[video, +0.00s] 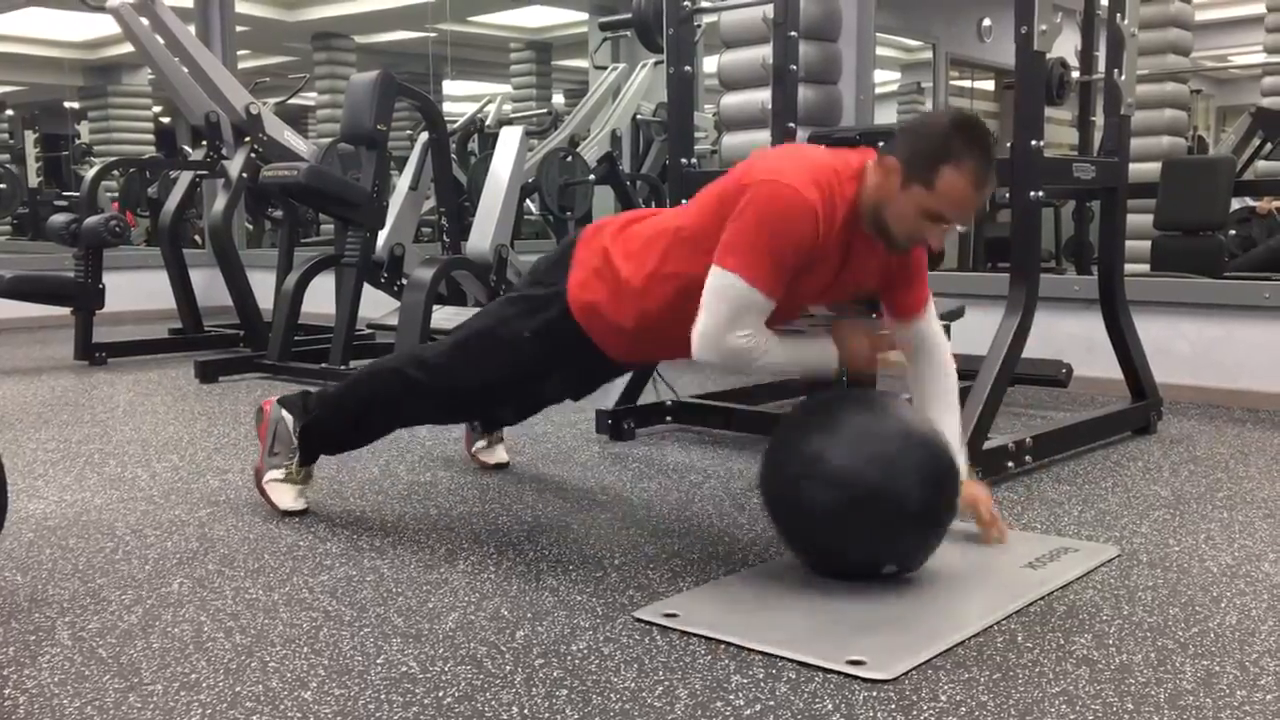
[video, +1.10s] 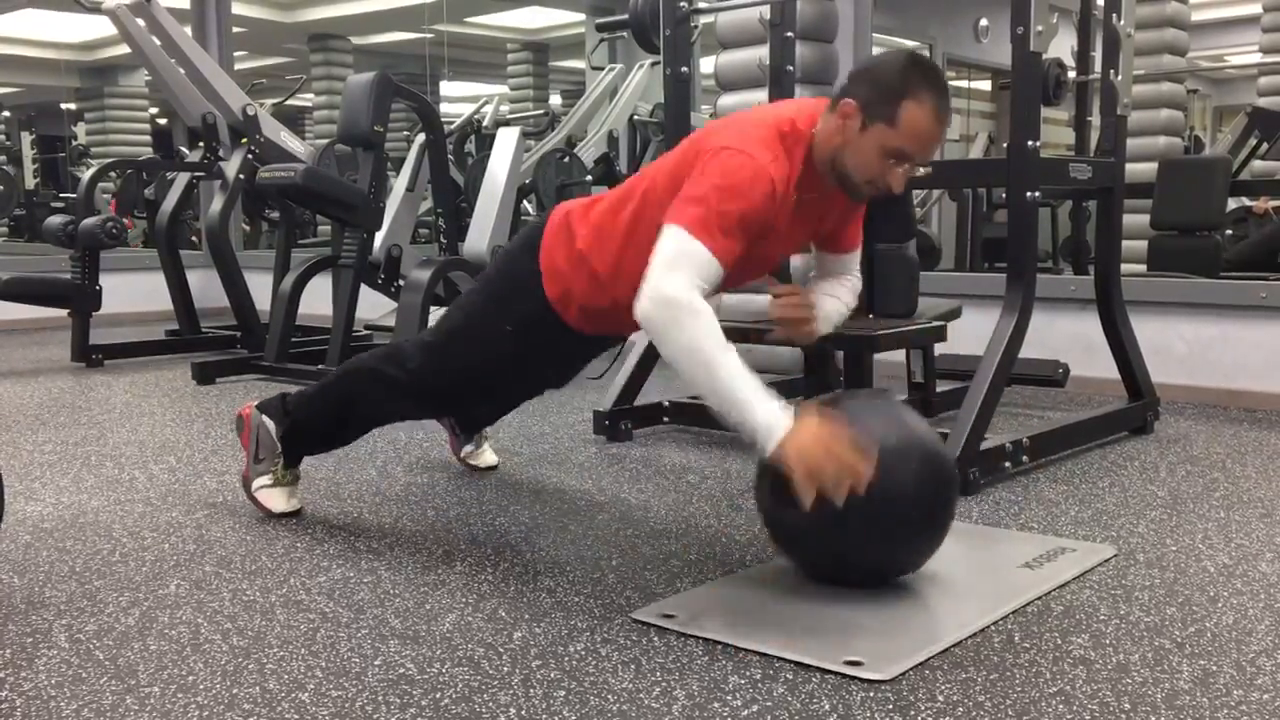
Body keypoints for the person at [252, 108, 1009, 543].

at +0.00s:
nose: (937, 239)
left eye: (952, 227)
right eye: (932, 216)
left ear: (952, 213)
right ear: (889, 172)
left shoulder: (899, 242)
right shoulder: (792, 196)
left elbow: (925, 356)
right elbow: (723, 347)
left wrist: (955, 468)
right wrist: (838, 350)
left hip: (644, 326)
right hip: (600, 286)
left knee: (536, 377)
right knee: (454, 375)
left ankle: (480, 414)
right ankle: (297, 424)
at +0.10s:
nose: (926, 244)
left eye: (938, 231)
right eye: (924, 223)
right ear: (881, 178)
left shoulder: (879, 196)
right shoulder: (781, 203)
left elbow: (918, 280)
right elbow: (676, 337)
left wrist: (955, 367)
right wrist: (794, 390)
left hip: (642, 317)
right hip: (586, 305)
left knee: (524, 376)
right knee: (445, 388)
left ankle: (478, 419)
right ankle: (291, 426)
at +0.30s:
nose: (951, 444)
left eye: (969, 431)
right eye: (954, 425)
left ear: (948, 362)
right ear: (919, 382)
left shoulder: (902, 313)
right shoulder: (808, 369)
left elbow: (889, 273)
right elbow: (673, 457)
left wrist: (863, 385)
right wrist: (698, 603)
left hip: (646, 340)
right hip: (595, 393)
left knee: (496, 400)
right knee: (442, 437)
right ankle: (290, 426)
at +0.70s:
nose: (937, 463)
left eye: (955, 451)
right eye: (938, 445)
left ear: (927, 374)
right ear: (894, 398)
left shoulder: (887, 324)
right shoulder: (779, 406)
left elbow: (892, 285)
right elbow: (647, 474)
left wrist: (878, 413)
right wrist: (688, 605)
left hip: (646, 368)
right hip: (593, 424)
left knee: (525, 394)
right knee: (435, 454)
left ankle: (470, 387)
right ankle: (285, 429)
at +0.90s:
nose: (903, 281)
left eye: (917, 265)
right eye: (897, 259)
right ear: (842, 223)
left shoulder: (853, 236)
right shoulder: (745, 265)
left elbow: (865, 317)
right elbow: (684, 441)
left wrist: (860, 400)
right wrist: (693, 600)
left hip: (609, 330)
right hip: (555, 307)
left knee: (508, 388)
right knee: (425, 402)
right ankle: (270, 428)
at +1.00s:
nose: (893, 195)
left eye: (907, 180)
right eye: (886, 171)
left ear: (893, 162)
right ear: (832, 133)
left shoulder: (843, 184)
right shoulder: (743, 185)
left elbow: (844, 294)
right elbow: (709, 372)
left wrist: (816, 365)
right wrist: (742, 543)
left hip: (615, 301)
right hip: (561, 272)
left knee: (519, 376)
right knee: (430, 379)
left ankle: (463, 418)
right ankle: (275, 428)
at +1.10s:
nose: (904, 178)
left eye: (917, 164)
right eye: (899, 156)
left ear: (866, 130)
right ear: (844, 120)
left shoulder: (846, 170)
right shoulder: (753, 163)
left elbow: (842, 278)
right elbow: (668, 301)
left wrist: (819, 311)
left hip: (615, 306)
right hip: (558, 272)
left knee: (519, 379)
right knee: (432, 373)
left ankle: (461, 415)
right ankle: (278, 428)